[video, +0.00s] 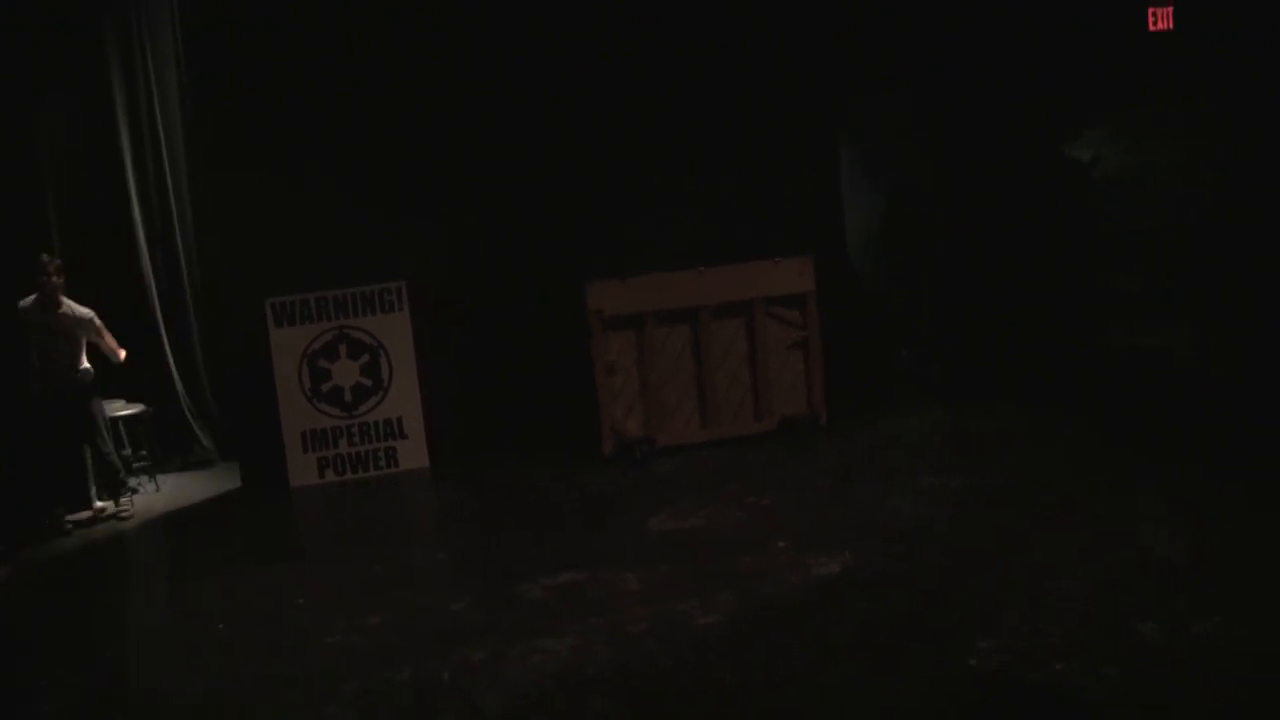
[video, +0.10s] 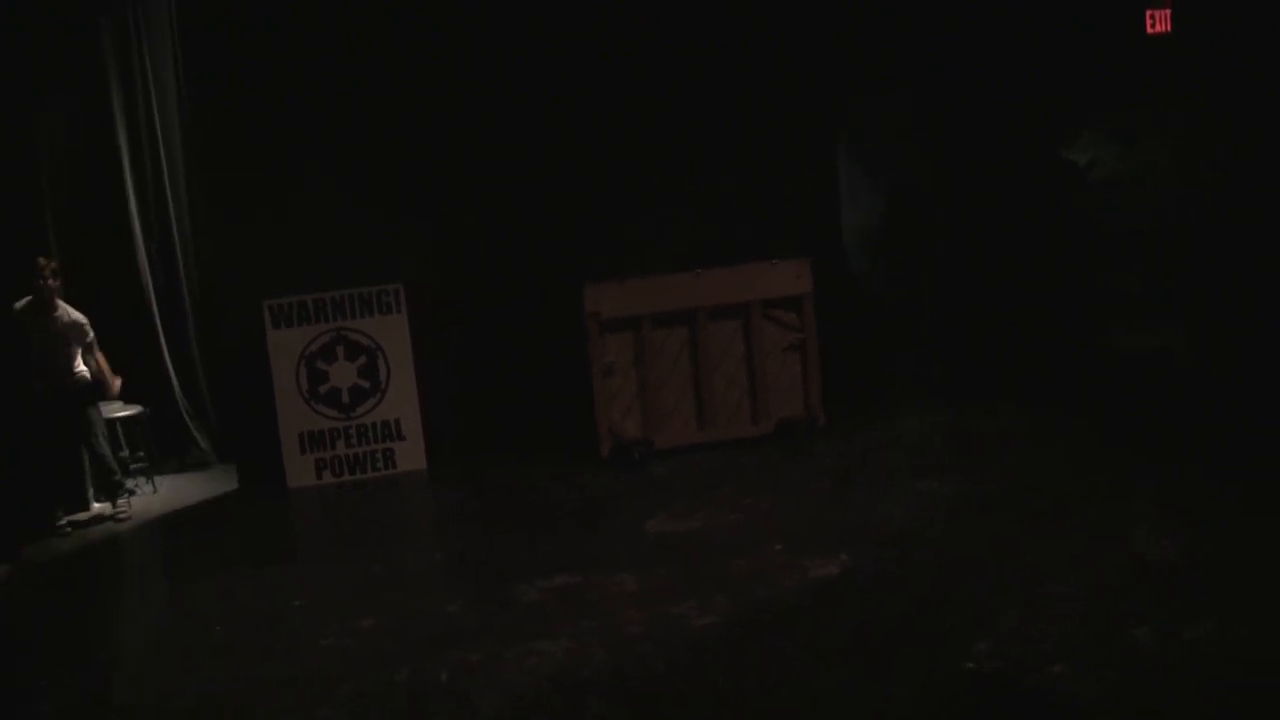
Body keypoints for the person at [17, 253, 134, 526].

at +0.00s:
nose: (49, 282)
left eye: (53, 276)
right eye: (44, 277)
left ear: (62, 279)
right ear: (37, 281)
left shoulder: (82, 316)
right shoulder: (25, 311)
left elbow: (113, 351)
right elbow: (23, 348)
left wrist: (118, 353)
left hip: (79, 384)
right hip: (45, 386)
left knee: (97, 440)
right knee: (51, 446)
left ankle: (121, 493)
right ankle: (55, 509)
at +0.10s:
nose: (46, 285)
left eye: (50, 278)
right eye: (40, 279)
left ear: (59, 282)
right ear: (32, 283)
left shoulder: (74, 320)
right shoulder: (21, 314)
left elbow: (93, 352)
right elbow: (20, 354)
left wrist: (109, 380)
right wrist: (22, 386)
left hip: (76, 385)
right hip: (41, 387)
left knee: (94, 440)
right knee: (47, 447)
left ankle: (117, 494)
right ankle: (54, 508)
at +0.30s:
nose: (43, 292)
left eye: (47, 286)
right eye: (37, 286)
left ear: (56, 289)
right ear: (29, 290)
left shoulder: (72, 325)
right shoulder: (18, 320)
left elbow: (84, 363)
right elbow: (16, 361)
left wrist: (76, 390)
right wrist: (21, 394)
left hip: (70, 394)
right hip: (36, 397)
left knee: (84, 450)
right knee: (45, 457)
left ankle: (115, 501)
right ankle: (53, 518)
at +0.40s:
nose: (40, 297)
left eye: (44, 291)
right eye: (35, 291)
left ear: (53, 293)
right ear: (28, 296)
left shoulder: (73, 324)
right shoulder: (19, 328)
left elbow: (87, 358)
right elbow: (17, 367)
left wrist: (80, 385)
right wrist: (22, 396)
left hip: (70, 398)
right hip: (37, 401)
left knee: (74, 450)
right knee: (43, 459)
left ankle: (110, 501)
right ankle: (55, 521)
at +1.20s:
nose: (41, 338)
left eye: (46, 332)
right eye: (37, 333)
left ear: (56, 334)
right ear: (33, 337)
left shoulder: (77, 366)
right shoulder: (31, 372)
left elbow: (93, 405)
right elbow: (32, 417)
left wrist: (103, 444)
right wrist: (37, 453)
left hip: (78, 431)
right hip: (50, 435)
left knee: (75, 453)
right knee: (52, 466)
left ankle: (107, 512)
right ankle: (65, 524)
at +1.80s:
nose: (88, 365)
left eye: (93, 359)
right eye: (84, 360)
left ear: (101, 363)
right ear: (77, 364)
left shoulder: (120, 392)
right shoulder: (66, 397)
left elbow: (133, 429)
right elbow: (58, 434)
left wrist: (124, 462)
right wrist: (60, 467)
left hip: (111, 439)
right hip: (81, 439)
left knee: (112, 473)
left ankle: (126, 510)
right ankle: (82, 518)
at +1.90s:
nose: (90, 344)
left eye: (95, 337)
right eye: (86, 338)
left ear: (104, 340)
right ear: (79, 341)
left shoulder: (122, 368)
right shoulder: (69, 373)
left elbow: (133, 404)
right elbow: (61, 409)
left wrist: (132, 435)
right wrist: (70, 433)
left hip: (115, 426)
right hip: (83, 429)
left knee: (120, 468)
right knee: (90, 474)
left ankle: (130, 510)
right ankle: (97, 521)